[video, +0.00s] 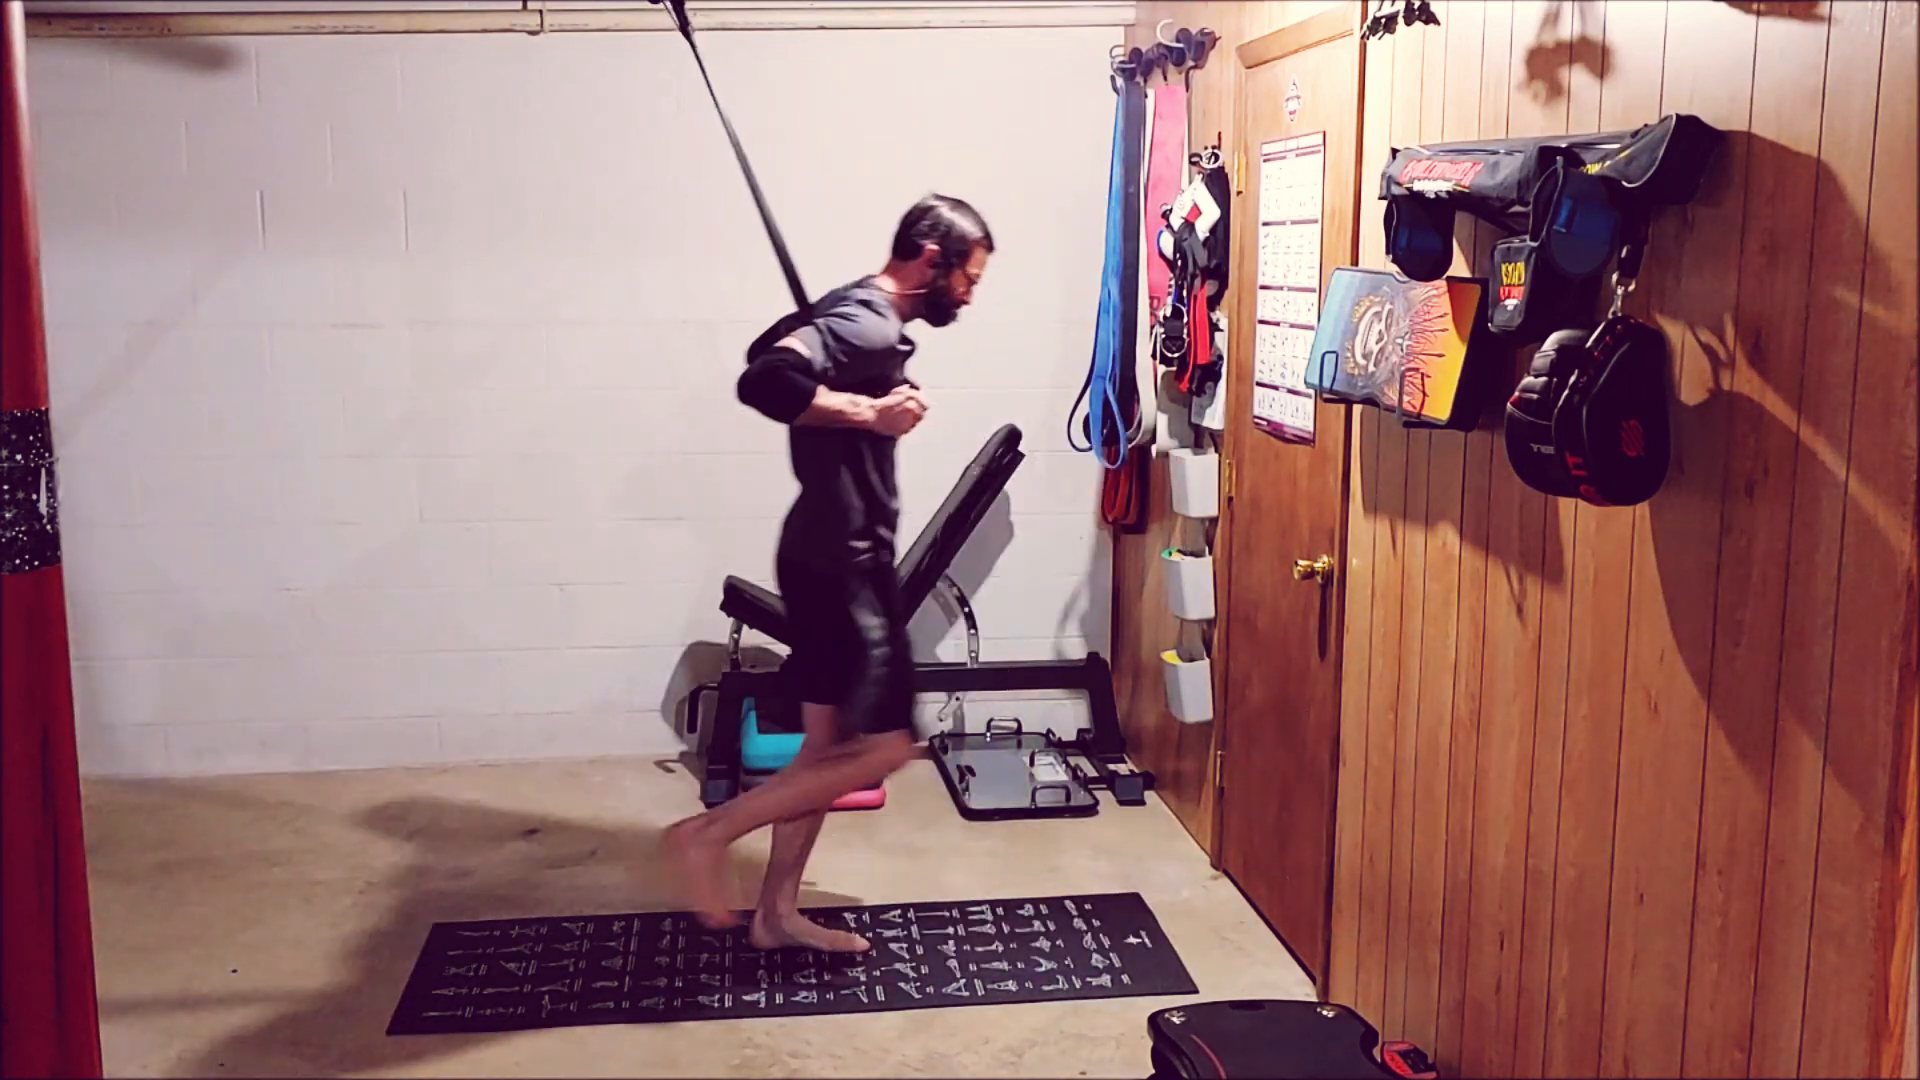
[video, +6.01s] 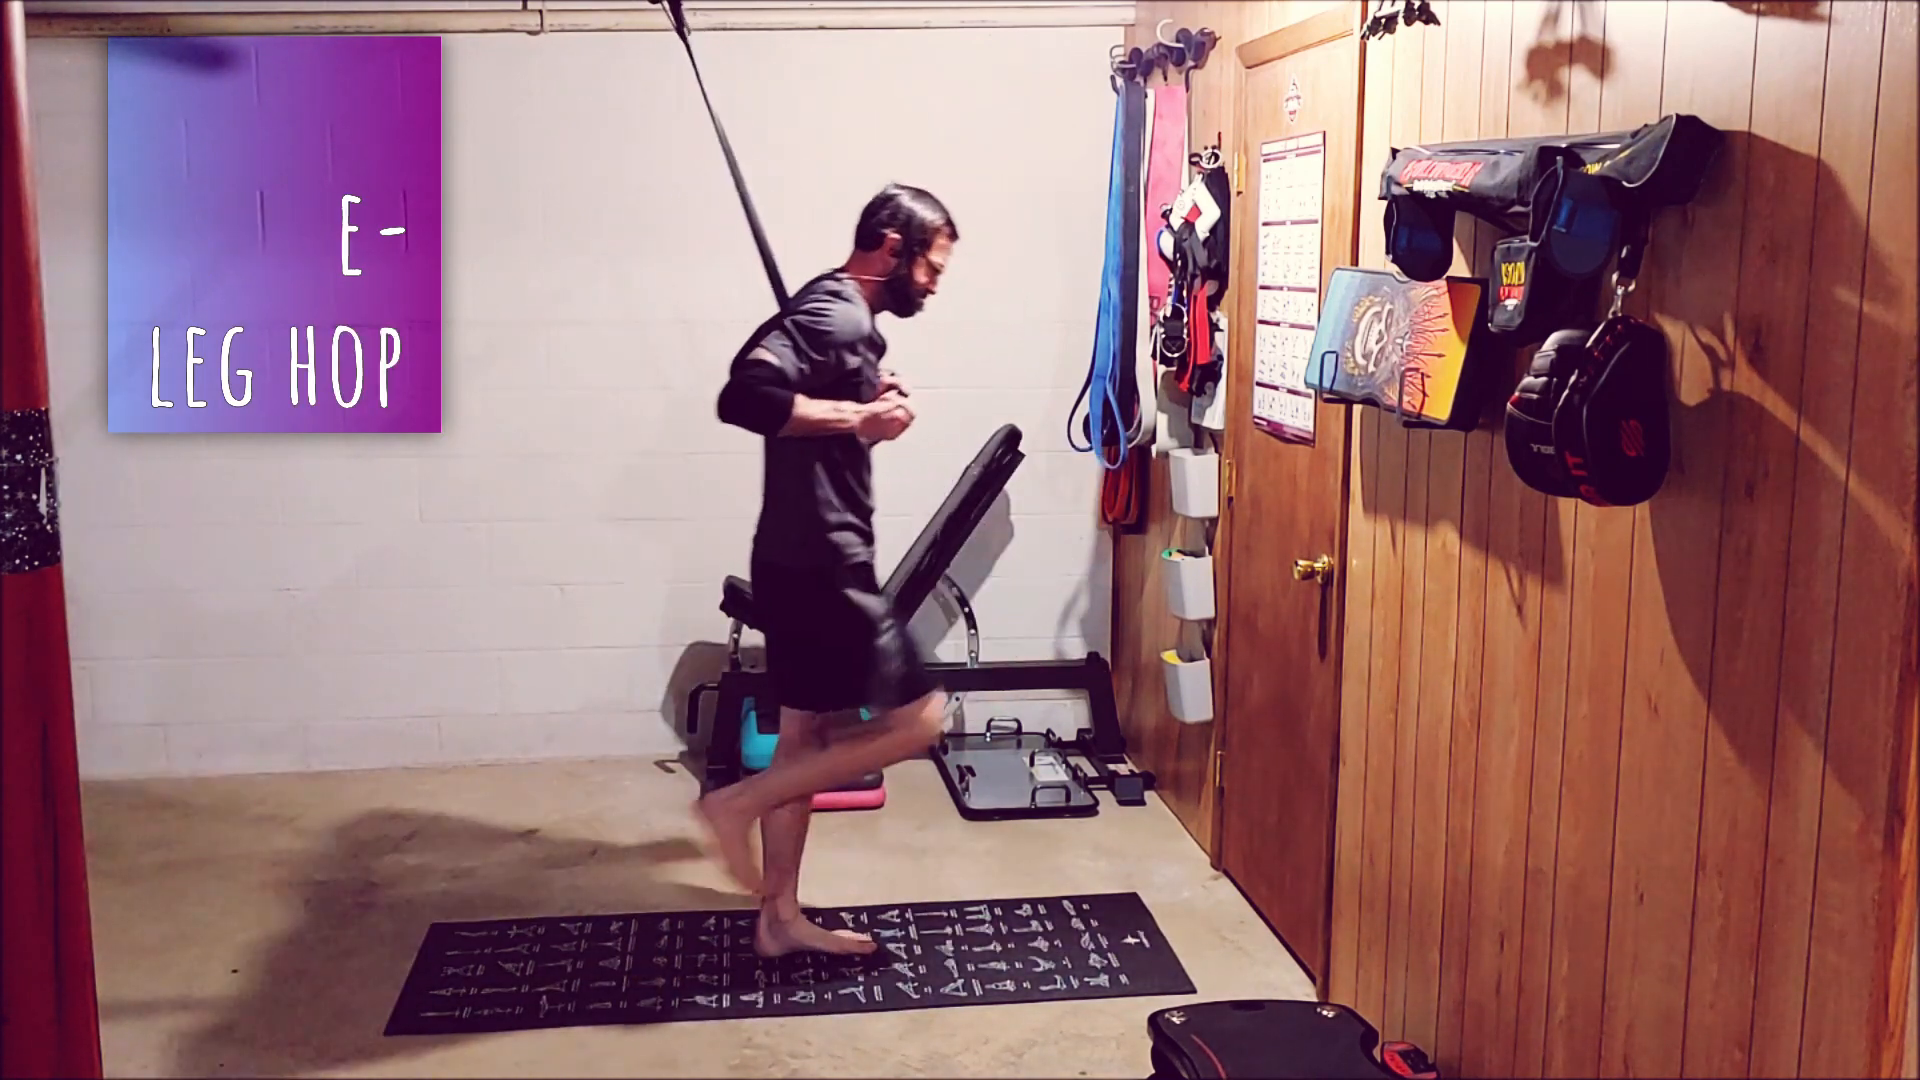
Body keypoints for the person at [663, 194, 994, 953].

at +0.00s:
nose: (970, 294)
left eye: (976, 279)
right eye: (968, 277)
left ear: (921, 256)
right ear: (929, 257)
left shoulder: (868, 308)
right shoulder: (865, 317)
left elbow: (770, 354)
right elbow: (765, 379)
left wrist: (875, 394)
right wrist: (869, 411)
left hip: (836, 547)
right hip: (837, 552)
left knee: (827, 742)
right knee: (887, 744)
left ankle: (777, 912)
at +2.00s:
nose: (1047, 265)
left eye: (1054, 251)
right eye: (1047, 247)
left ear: (1005, 216)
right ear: (1013, 220)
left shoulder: (968, 278)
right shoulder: (946, 265)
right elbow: (860, 331)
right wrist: (972, 350)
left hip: (971, 487)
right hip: (925, 517)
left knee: (1105, 489)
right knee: (906, 719)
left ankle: (973, 620)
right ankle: (824, 887)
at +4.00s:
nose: (730, 274)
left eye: (734, 260)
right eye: (723, 258)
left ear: (676, 253)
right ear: (675, 250)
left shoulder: (647, 325)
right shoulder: (620, 318)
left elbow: (588, 415)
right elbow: (528, 412)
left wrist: (652, 419)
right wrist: (639, 447)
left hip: (636, 576)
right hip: (588, 577)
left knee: (667, 734)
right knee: (577, 756)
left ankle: (606, 909)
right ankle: (552, 938)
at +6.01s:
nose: (936, 283)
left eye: (941, 269)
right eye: (933, 265)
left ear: (887, 251)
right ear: (889, 249)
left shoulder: (852, 316)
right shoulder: (829, 307)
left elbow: (795, 407)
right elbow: (745, 396)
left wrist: (870, 397)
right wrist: (858, 417)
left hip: (819, 553)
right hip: (819, 557)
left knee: (803, 733)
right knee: (920, 717)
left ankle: (780, 917)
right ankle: (735, 805)